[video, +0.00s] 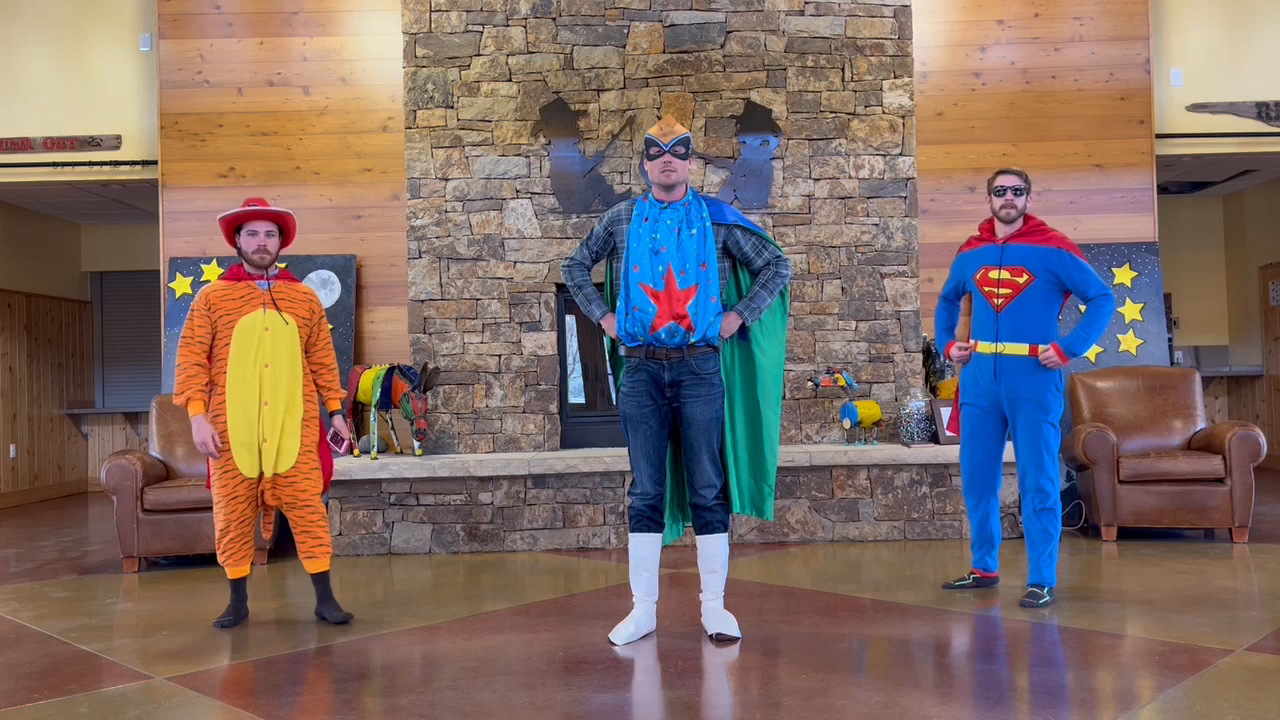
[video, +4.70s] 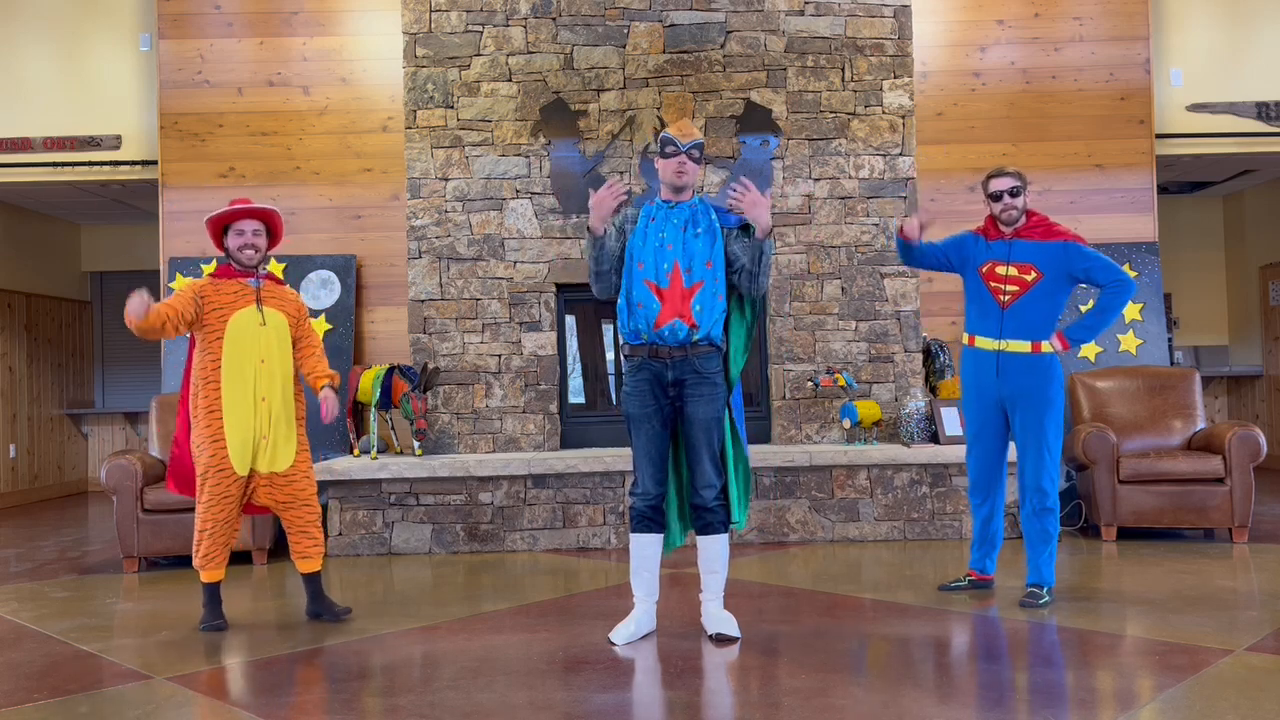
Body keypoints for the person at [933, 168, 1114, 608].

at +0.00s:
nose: (1008, 199)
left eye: (1016, 192)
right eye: (1000, 192)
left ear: (1029, 199)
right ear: (989, 200)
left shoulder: (1053, 251)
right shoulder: (968, 256)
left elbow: (1104, 298)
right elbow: (947, 301)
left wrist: (1069, 349)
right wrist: (946, 343)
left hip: (1034, 384)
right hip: (978, 385)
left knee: (1038, 485)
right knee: (977, 482)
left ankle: (1041, 581)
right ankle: (984, 570)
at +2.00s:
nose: (993, 198)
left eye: (1001, 192)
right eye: (985, 192)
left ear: (1013, 200)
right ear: (974, 202)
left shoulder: (1038, 249)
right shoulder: (951, 252)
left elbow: (1098, 285)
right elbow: (920, 289)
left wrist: (1054, 335)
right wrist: (938, 332)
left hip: (1017, 374)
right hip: (963, 374)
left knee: (1027, 480)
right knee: (981, 479)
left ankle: (1039, 581)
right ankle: (981, 572)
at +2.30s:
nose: (1000, 201)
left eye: (1008, 193)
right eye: (992, 194)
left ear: (1020, 200)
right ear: (981, 202)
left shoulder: (1045, 250)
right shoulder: (958, 252)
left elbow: (1102, 290)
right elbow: (907, 286)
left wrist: (1054, 336)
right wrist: (882, 322)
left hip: (1017, 376)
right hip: (965, 377)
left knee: (1028, 481)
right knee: (981, 480)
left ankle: (1038, 581)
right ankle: (981, 571)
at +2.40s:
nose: (997, 202)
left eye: (1005, 194)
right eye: (989, 196)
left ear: (1019, 200)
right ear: (979, 204)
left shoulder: (1044, 250)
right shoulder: (959, 250)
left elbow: (1102, 287)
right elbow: (912, 269)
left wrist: (1055, 337)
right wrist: (870, 278)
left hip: (1019, 375)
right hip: (966, 375)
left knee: (1028, 480)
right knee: (981, 479)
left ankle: (1039, 581)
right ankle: (981, 571)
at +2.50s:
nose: (992, 203)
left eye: (1000, 195)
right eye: (984, 197)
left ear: (1014, 199)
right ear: (975, 205)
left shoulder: (1041, 247)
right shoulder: (955, 250)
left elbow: (1101, 284)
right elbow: (904, 256)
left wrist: (1054, 336)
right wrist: (875, 236)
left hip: (1019, 376)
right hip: (968, 376)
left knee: (1028, 481)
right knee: (981, 479)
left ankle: (1039, 580)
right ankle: (981, 572)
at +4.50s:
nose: (1004, 203)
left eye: (1010, 195)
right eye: (994, 198)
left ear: (1023, 197)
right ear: (984, 205)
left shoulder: (1056, 248)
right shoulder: (964, 247)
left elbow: (1116, 283)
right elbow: (908, 238)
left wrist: (1067, 336)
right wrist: (913, 195)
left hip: (1033, 371)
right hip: (977, 371)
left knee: (1037, 478)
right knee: (981, 476)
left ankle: (1040, 581)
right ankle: (981, 572)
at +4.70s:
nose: (1007, 202)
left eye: (1014, 193)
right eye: (997, 196)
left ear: (1027, 195)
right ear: (987, 203)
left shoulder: (1059, 246)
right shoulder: (970, 245)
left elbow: (1120, 285)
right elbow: (918, 257)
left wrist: (1072, 336)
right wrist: (908, 240)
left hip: (1035, 375)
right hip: (979, 375)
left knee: (1038, 480)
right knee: (983, 479)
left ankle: (1040, 581)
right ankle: (981, 572)